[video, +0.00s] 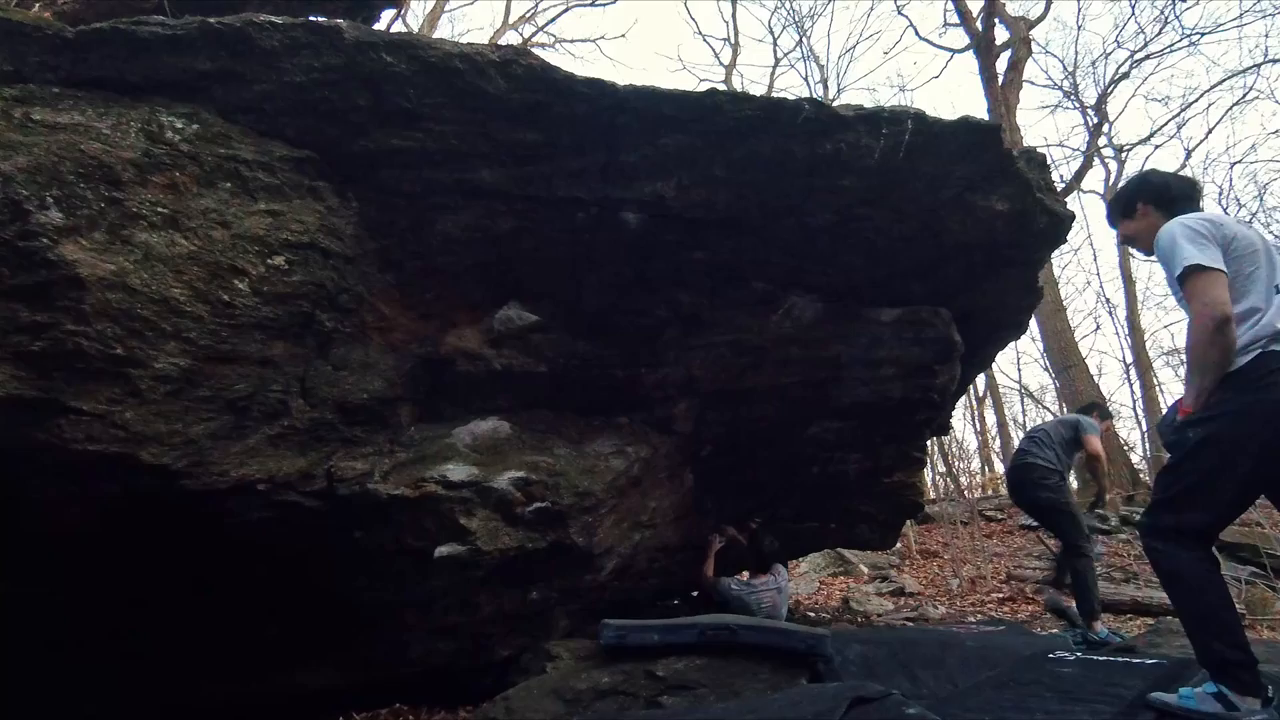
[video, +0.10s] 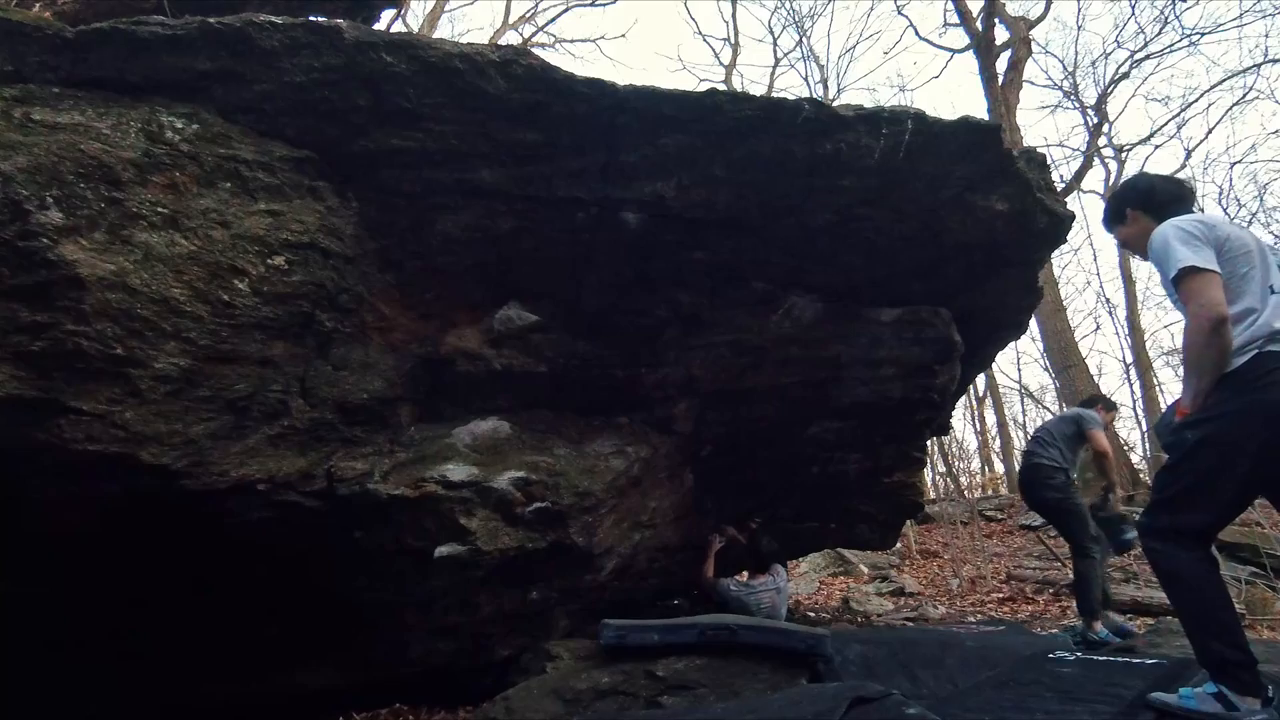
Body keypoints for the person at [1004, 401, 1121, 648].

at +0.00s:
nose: (1103, 434)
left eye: (1105, 430)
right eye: (1104, 428)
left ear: (1085, 415)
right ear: (1095, 417)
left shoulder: (1058, 426)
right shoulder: (1085, 422)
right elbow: (1095, 452)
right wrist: (1102, 490)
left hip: (1016, 478)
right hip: (1042, 475)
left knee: (1072, 537)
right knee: (1080, 544)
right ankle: (1094, 625)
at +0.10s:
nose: (1108, 425)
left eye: (1110, 421)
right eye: (1108, 419)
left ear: (1088, 407)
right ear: (1099, 410)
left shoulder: (1066, 419)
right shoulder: (1087, 415)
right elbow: (1102, 449)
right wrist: (1111, 486)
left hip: (1030, 479)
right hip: (1049, 477)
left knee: (1093, 541)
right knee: (1088, 545)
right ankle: (1091, 624)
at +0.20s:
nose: (1113, 423)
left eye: (1115, 419)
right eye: (1113, 417)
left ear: (1095, 405)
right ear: (1104, 406)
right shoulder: (1087, 410)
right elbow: (1112, 445)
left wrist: (1113, 497)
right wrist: (1128, 484)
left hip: (1042, 484)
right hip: (1062, 481)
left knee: (1099, 553)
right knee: (1101, 551)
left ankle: (1126, 622)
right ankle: (1094, 624)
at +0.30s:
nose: (1119, 426)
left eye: (1121, 422)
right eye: (1120, 419)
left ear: (1106, 410)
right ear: (1112, 409)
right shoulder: (1091, 411)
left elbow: (1088, 491)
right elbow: (1122, 442)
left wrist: (1130, 493)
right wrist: (1142, 476)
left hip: (1048, 486)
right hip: (1066, 481)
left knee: (1102, 552)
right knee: (1118, 545)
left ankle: (1123, 621)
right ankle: (1102, 614)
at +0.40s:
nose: (1129, 433)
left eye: (1132, 429)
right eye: (1130, 428)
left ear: (1120, 421)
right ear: (1122, 417)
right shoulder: (1097, 414)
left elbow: (1095, 492)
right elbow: (1130, 443)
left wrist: (1136, 495)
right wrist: (1154, 469)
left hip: (1050, 486)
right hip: (1065, 477)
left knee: (1105, 548)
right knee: (1127, 525)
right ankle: (1111, 594)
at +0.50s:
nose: (1133, 439)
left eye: (1133, 436)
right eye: (1135, 435)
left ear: (1129, 427)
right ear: (1130, 424)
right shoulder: (1105, 418)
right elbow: (1132, 443)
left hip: (1048, 484)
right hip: (1065, 475)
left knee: (1103, 550)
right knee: (1133, 514)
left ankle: (1124, 626)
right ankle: (1116, 583)